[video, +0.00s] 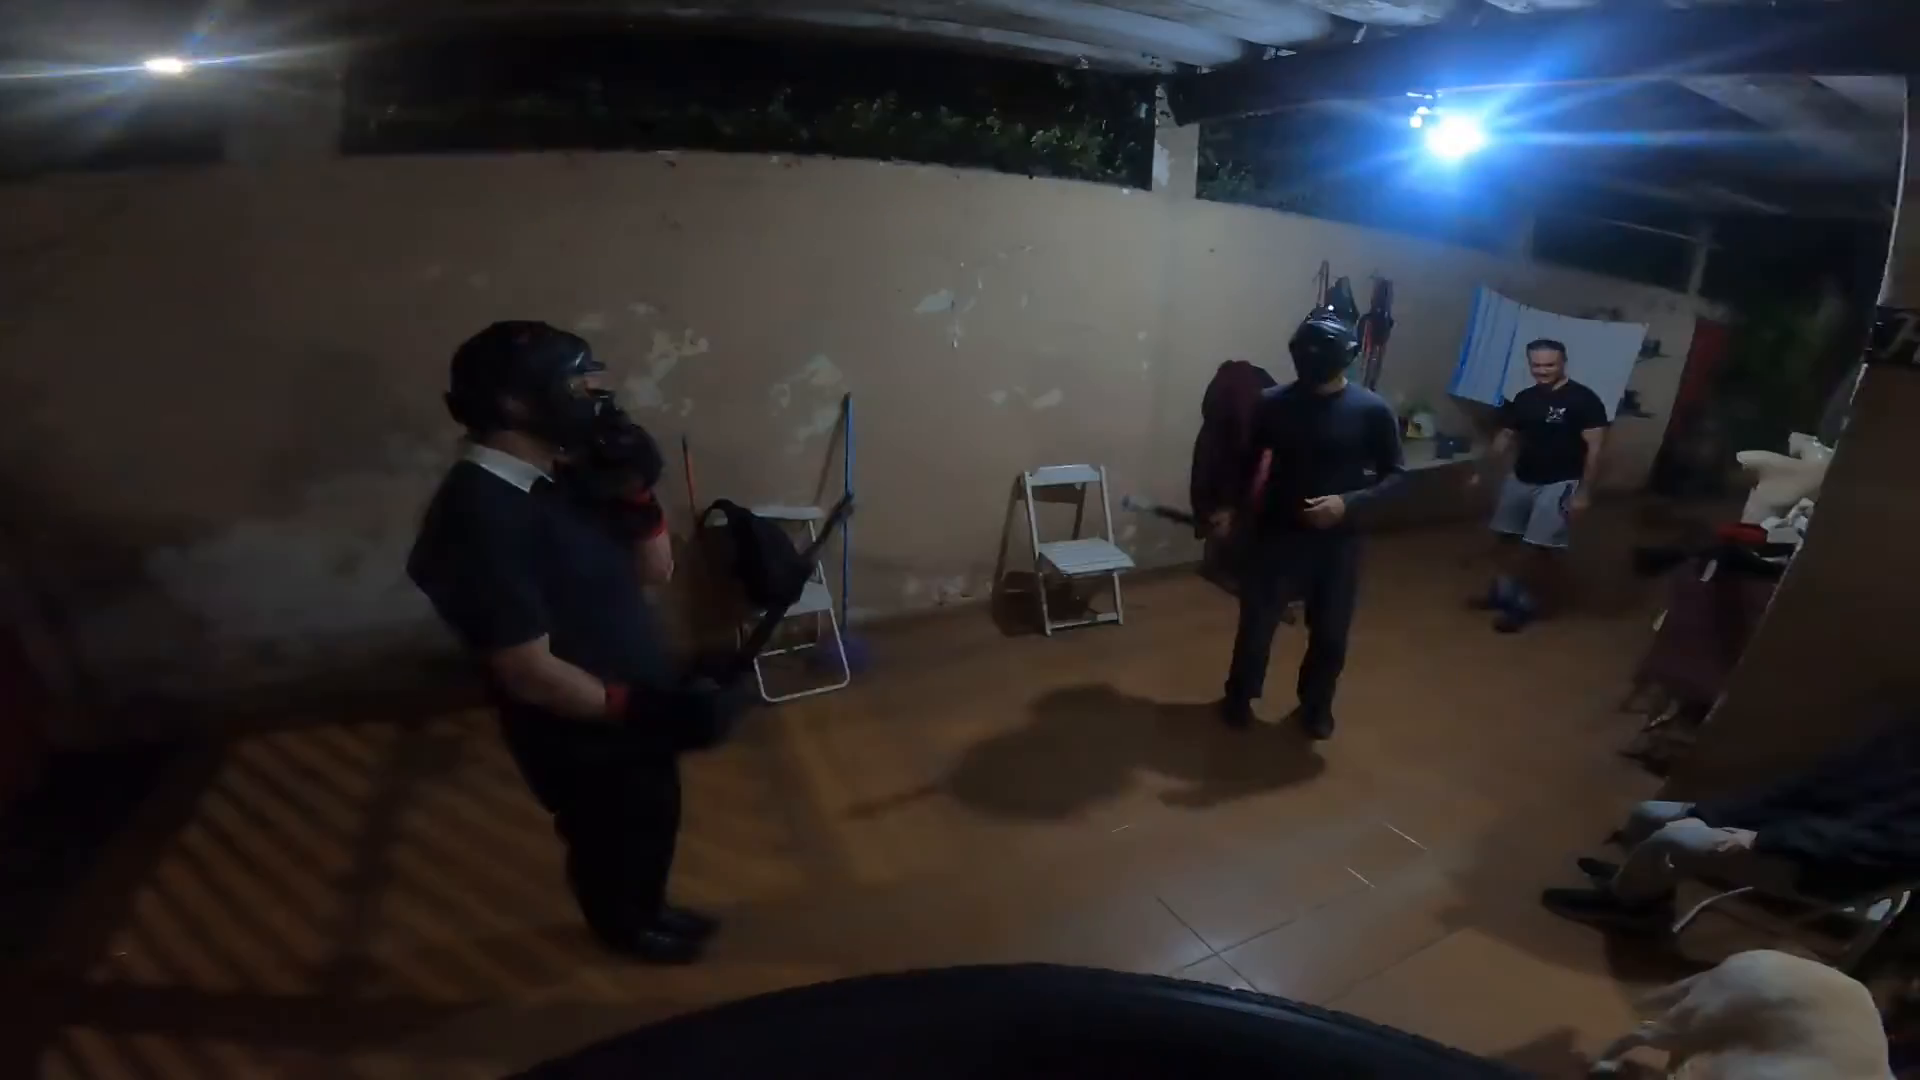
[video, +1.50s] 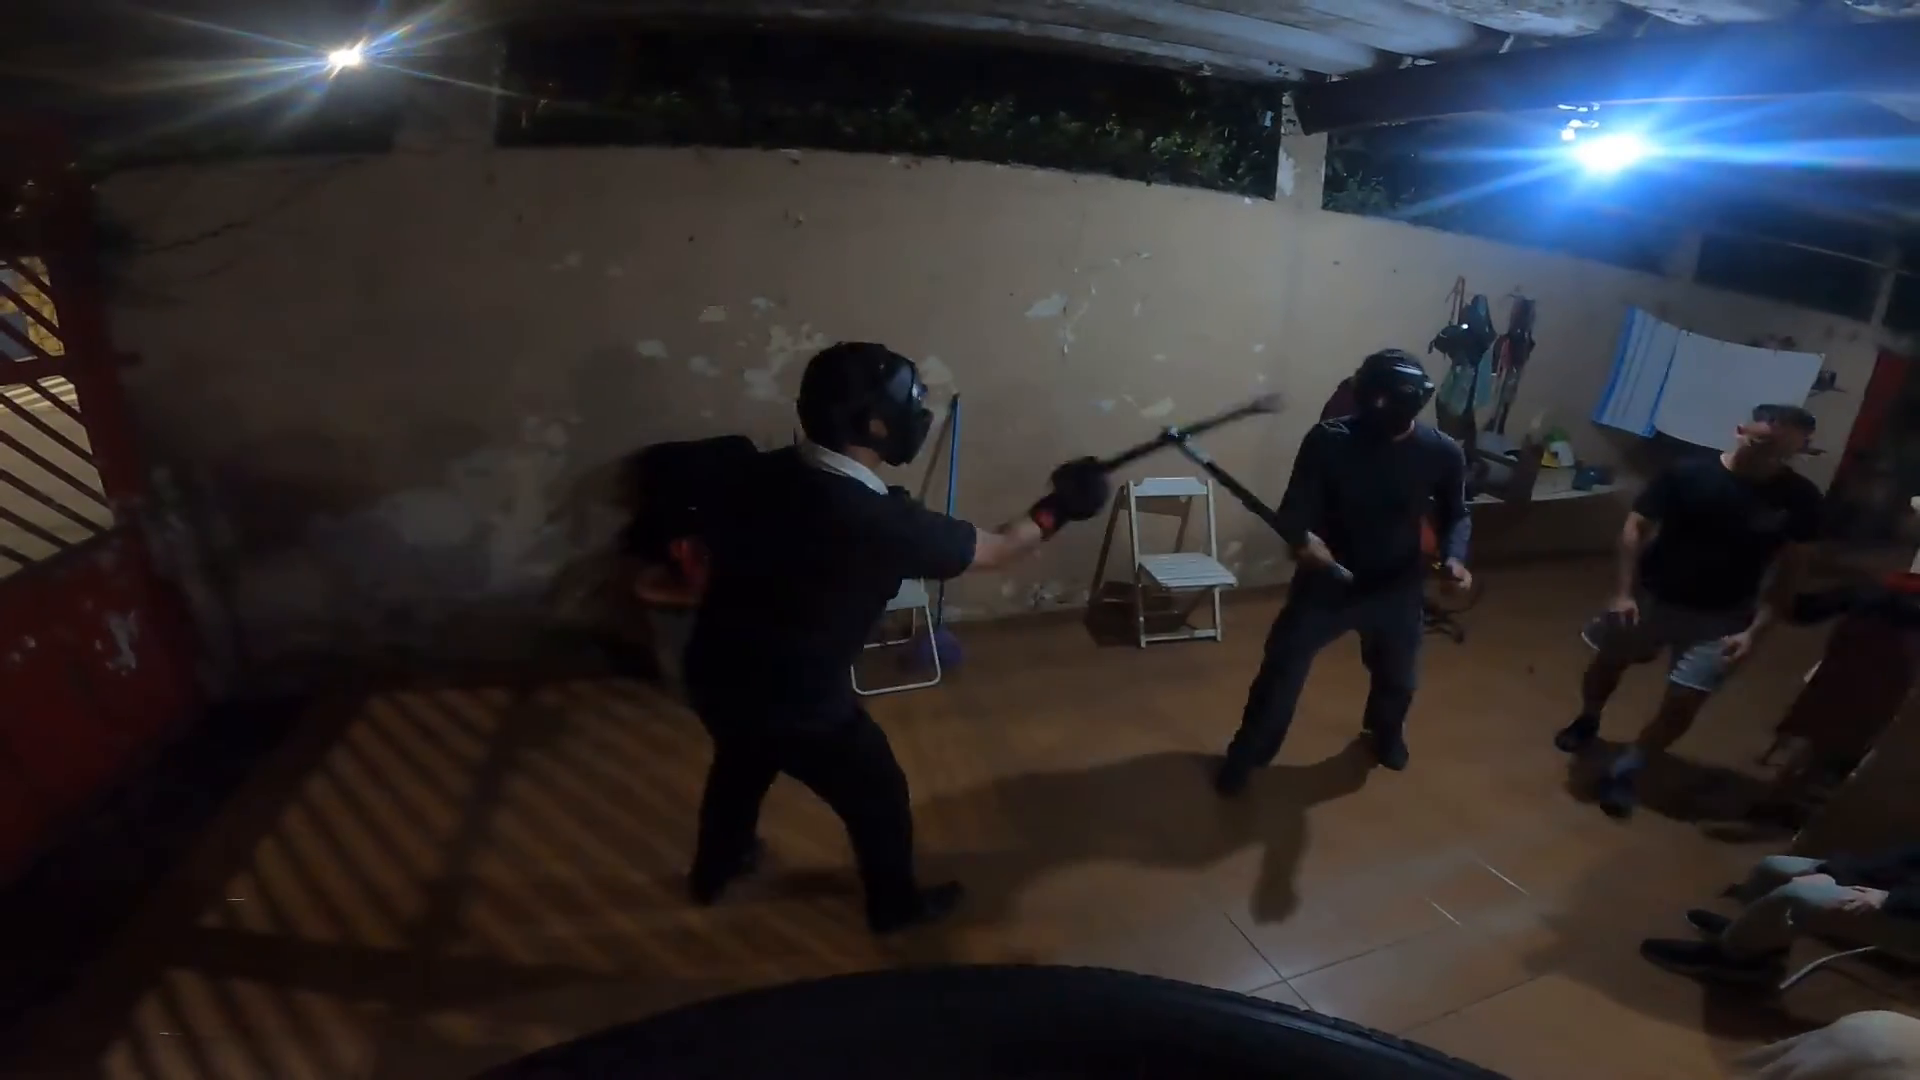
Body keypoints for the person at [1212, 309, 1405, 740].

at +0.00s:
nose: (1311, 363)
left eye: (1321, 355)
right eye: (1305, 353)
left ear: (1342, 359)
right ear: (1295, 356)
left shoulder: (1371, 412)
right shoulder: (1274, 406)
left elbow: (1398, 476)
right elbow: (1248, 465)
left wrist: (1348, 503)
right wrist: (1229, 506)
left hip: (1336, 541)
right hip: (1275, 534)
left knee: (1331, 634)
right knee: (1256, 623)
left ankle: (1316, 708)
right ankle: (1239, 697)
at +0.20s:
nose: (1353, 375)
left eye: (1363, 365)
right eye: (1347, 364)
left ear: (1382, 366)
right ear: (1336, 364)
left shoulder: (1407, 419)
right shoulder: (1307, 411)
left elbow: (1426, 484)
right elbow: (1273, 465)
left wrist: (1388, 514)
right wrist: (1258, 509)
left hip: (1363, 549)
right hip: (1303, 539)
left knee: (1349, 641)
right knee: (1276, 627)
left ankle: (1326, 708)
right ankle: (1251, 698)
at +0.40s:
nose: (1420, 382)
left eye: (1432, 373)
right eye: (1413, 370)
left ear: (1447, 379)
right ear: (1395, 372)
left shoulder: (1463, 432)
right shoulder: (1357, 415)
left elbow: (1472, 497)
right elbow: (1322, 468)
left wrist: (1443, 527)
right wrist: (1310, 512)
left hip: (1406, 555)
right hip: (1347, 543)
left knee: (1386, 650)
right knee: (1307, 624)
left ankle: (1352, 712)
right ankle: (1273, 702)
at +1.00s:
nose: (1395, 420)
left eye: (1406, 412)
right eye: (1392, 410)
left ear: (1434, 414)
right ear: (1388, 406)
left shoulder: (1475, 463)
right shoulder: (1366, 445)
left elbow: (1495, 527)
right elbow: (1314, 483)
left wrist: (1479, 557)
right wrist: (1259, 493)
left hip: (1421, 589)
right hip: (1354, 578)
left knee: (1417, 680)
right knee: (1299, 659)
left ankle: (1407, 740)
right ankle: (1238, 749)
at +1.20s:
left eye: (1380, 399)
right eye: (1372, 397)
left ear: (1408, 405)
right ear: (1371, 400)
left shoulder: (1449, 452)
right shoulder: (1332, 440)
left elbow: (1471, 509)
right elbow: (1261, 485)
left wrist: (1465, 543)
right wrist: (1200, 458)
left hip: (1410, 586)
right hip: (1339, 583)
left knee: (1416, 676)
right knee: (1293, 671)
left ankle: (1415, 738)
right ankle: (1246, 760)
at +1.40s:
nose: (1389, 418)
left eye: (1396, 405)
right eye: (1378, 405)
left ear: (1407, 402)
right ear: (1358, 399)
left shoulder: (1436, 451)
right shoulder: (1320, 442)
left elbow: (1454, 507)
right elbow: (1277, 500)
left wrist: (1456, 543)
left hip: (1396, 585)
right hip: (1325, 583)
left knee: (1400, 675)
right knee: (1282, 672)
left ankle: (1385, 730)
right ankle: (1244, 756)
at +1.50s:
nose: (1402, 414)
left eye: (1409, 403)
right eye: (1392, 401)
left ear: (1418, 402)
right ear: (1368, 399)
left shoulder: (1441, 455)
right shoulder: (1327, 444)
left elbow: (1455, 515)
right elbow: (1290, 515)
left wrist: (1453, 557)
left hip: (1396, 586)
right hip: (1328, 579)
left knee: (1398, 676)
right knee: (1283, 662)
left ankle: (1386, 732)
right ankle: (1246, 753)